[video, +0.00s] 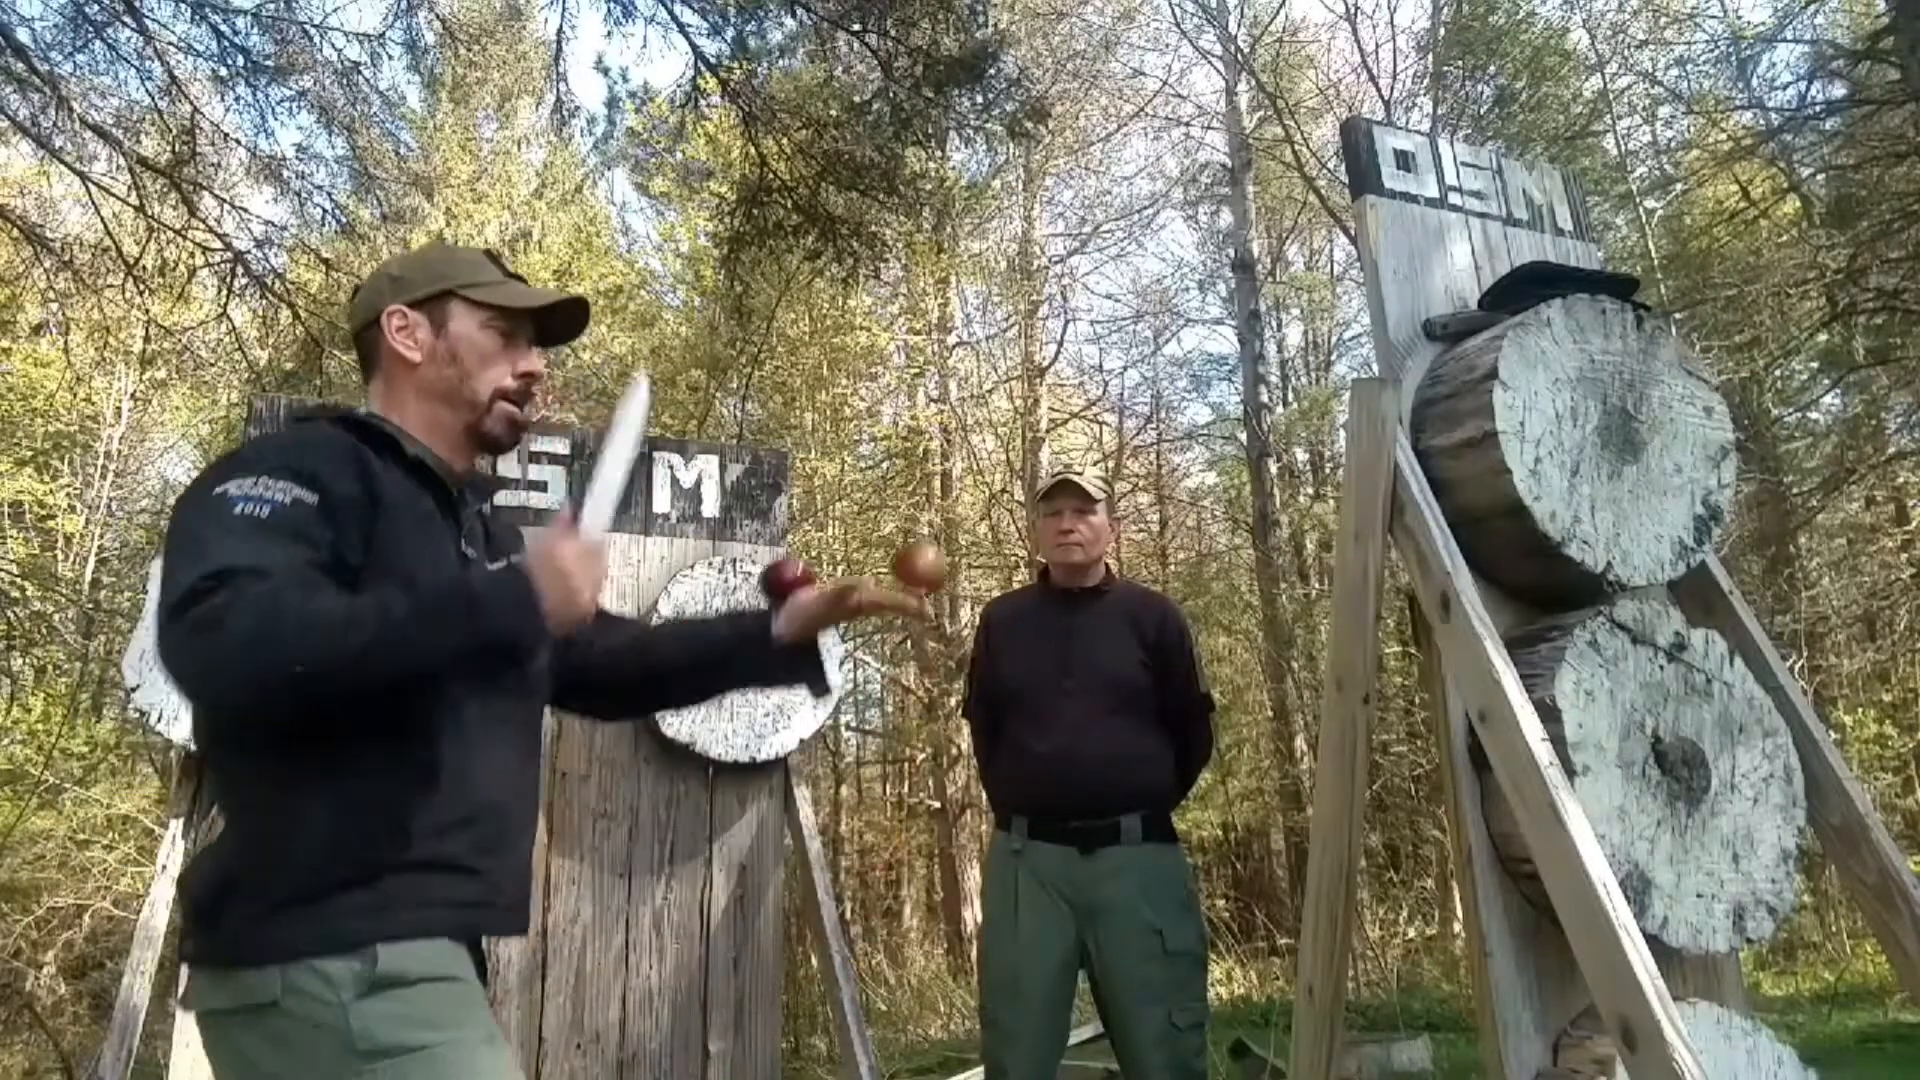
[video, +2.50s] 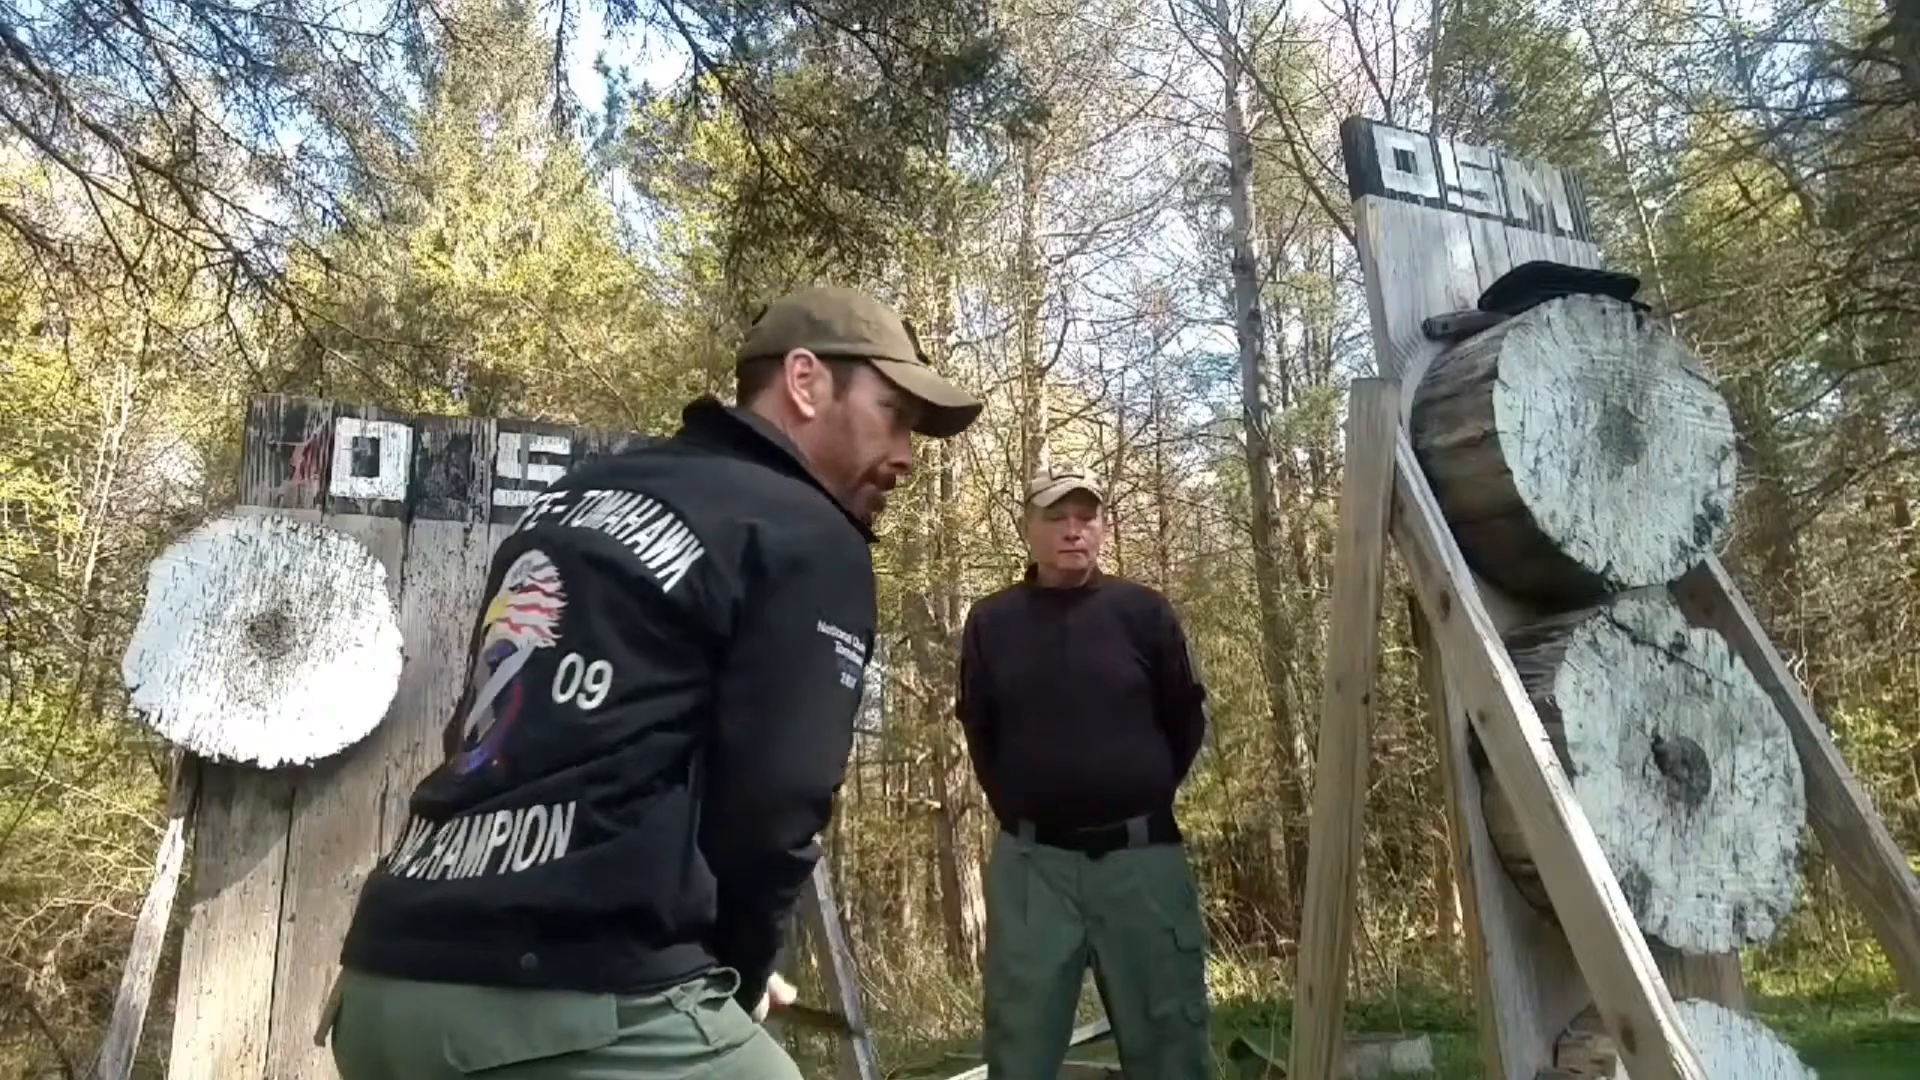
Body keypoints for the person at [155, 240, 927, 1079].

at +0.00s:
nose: (537, 370)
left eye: (538, 347)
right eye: (507, 334)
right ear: (410, 336)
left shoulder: (478, 530)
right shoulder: (292, 468)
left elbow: (598, 665)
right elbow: (234, 649)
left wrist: (780, 631)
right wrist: (518, 600)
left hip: (411, 962)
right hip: (338, 970)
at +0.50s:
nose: (517, 293)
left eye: (514, 271)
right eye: (484, 264)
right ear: (392, 280)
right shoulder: (365, 379)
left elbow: (573, 607)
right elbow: (579, 469)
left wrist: (679, 482)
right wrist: (641, 298)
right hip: (370, 888)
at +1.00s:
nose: (536, 304)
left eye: (532, 286)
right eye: (503, 281)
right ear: (410, 299)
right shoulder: (408, 403)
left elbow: (560, 663)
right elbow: (477, 645)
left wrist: (557, 489)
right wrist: (697, 682)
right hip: (402, 901)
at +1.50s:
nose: (671, 396)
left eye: (672, 373)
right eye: (643, 360)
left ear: (545, 373)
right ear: (545, 366)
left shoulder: (438, 489)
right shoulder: (507, 488)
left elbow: (674, 649)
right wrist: (754, 435)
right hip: (440, 1007)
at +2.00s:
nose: (790, 429)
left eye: (796, 402)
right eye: (770, 393)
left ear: (666, 389)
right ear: (669, 378)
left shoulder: (516, 507)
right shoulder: (682, 526)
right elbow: (867, 711)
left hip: (365, 1005)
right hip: (536, 1008)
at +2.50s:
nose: (907, 460)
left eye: (914, 430)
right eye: (897, 417)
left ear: (797, 387)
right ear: (806, 384)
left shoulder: (587, 486)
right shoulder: (809, 536)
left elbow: (529, 734)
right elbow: (772, 808)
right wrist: (742, 977)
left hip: (389, 985)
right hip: (593, 1000)